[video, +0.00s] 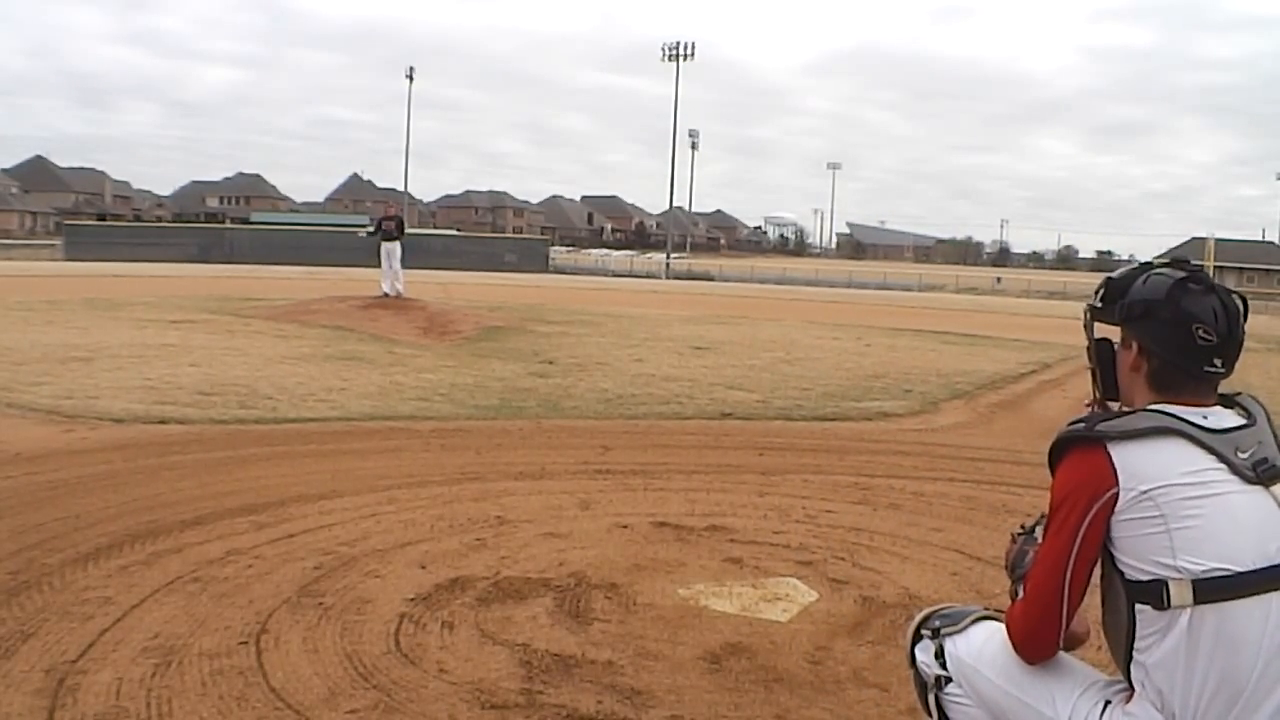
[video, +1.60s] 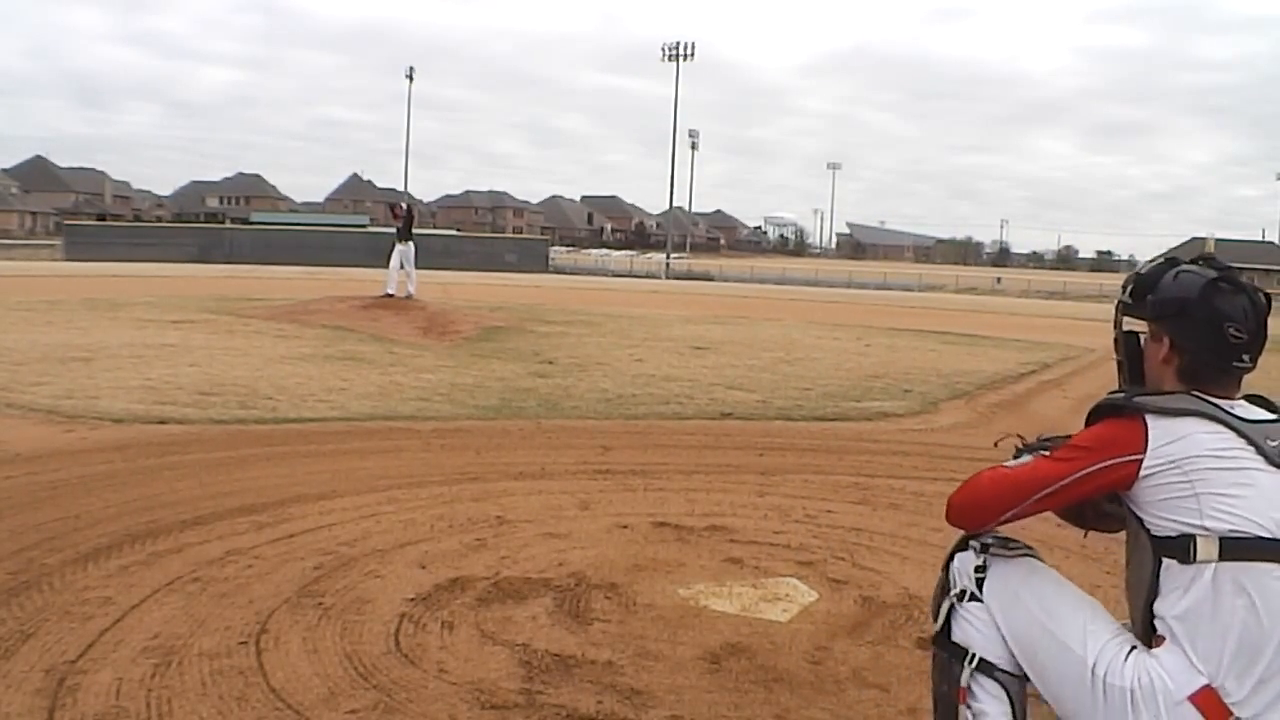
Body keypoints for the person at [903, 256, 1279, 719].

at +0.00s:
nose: (1112, 352)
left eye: (1117, 340)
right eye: (1115, 339)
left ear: (1134, 356)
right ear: (1215, 362)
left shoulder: (1104, 452)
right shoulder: (1255, 430)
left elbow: (1033, 643)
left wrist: (1033, 571)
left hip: (1164, 714)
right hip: (1263, 706)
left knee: (943, 641)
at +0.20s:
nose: (1106, 354)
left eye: (1112, 342)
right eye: (1110, 341)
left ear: (1129, 358)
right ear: (1209, 362)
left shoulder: (1100, 454)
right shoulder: (1252, 429)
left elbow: (1031, 645)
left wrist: (1023, 574)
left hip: (1163, 716)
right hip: (1262, 708)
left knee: (941, 641)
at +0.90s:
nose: (1114, 361)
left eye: (1120, 348)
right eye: (1117, 347)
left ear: (1138, 364)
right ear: (1217, 369)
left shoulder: (1109, 458)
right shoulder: (1260, 436)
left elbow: (1039, 651)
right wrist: (1112, 591)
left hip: (1168, 716)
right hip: (1262, 709)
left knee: (945, 641)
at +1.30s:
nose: (1136, 356)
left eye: (1144, 344)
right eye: (1140, 343)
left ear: (1162, 358)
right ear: (1240, 368)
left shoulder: (1140, 448)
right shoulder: (1270, 438)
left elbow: (1016, 611)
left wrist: (1051, 525)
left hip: (1179, 711)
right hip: (1265, 707)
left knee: (955, 639)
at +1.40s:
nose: (1141, 353)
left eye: (1150, 341)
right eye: (1147, 340)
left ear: (1168, 353)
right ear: (1245, 366)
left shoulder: (1148, 444)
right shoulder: (1271, 435)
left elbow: (992, 568)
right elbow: (1151, 541)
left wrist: (1046, 504)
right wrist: (1060, 511)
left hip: (1179, 711)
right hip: (1265, 707)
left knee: (963, 627)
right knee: (1142, 640)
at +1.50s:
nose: (1147, 351)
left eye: (1154, 339)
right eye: (1151, 338)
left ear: (1171, 352)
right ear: (1246, 360)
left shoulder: (1149, 437)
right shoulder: (1272, 429)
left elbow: (977, 529)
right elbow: (1123, 527)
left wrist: (1047, 480)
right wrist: (1059, 485)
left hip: (1180, 708)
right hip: (1268, 703)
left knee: (974, 590)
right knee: (1133, 640)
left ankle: (1018, 709)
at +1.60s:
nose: (1140, 347)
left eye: (1148, 335)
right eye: (1145, 334)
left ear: (1164, 348)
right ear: (1238, 356)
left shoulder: (1146, 432)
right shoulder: (1269, 425)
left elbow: (964, 508)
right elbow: (1111, 513)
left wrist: (1034, 462)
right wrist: (1060, 475)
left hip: (1187, 706)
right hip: (1269, 704)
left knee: (978, 566)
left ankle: (984, 710)